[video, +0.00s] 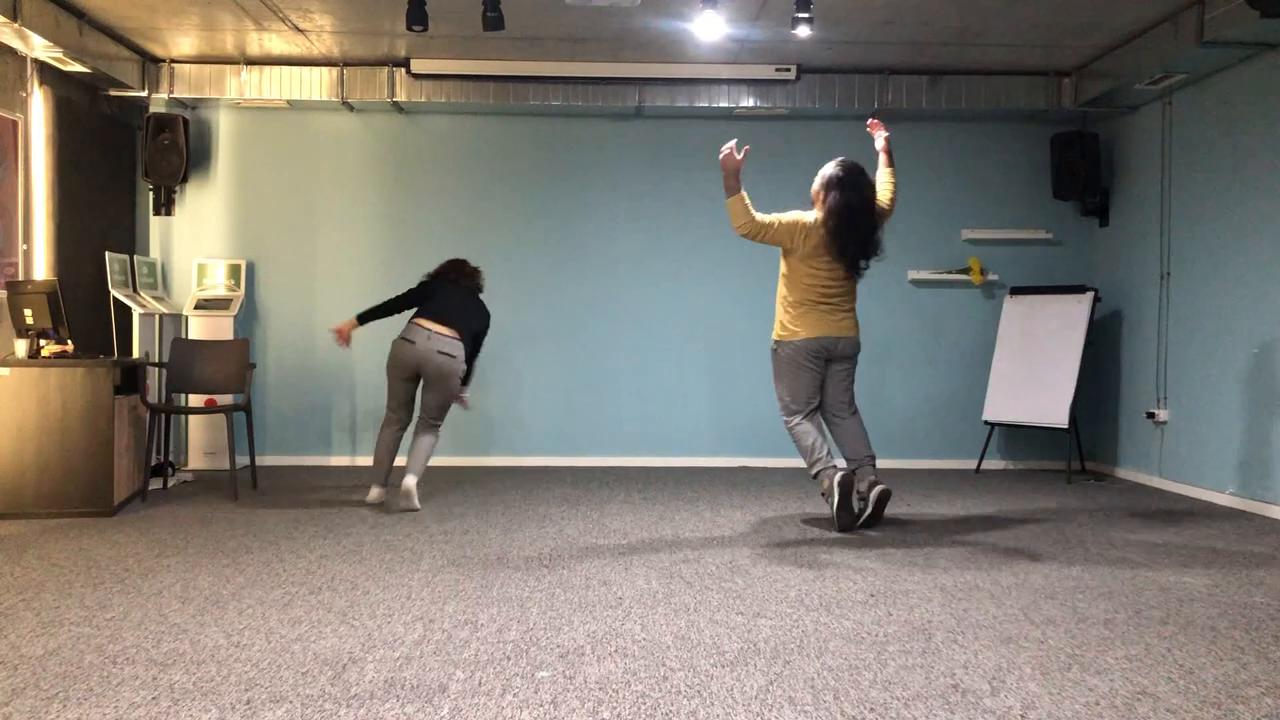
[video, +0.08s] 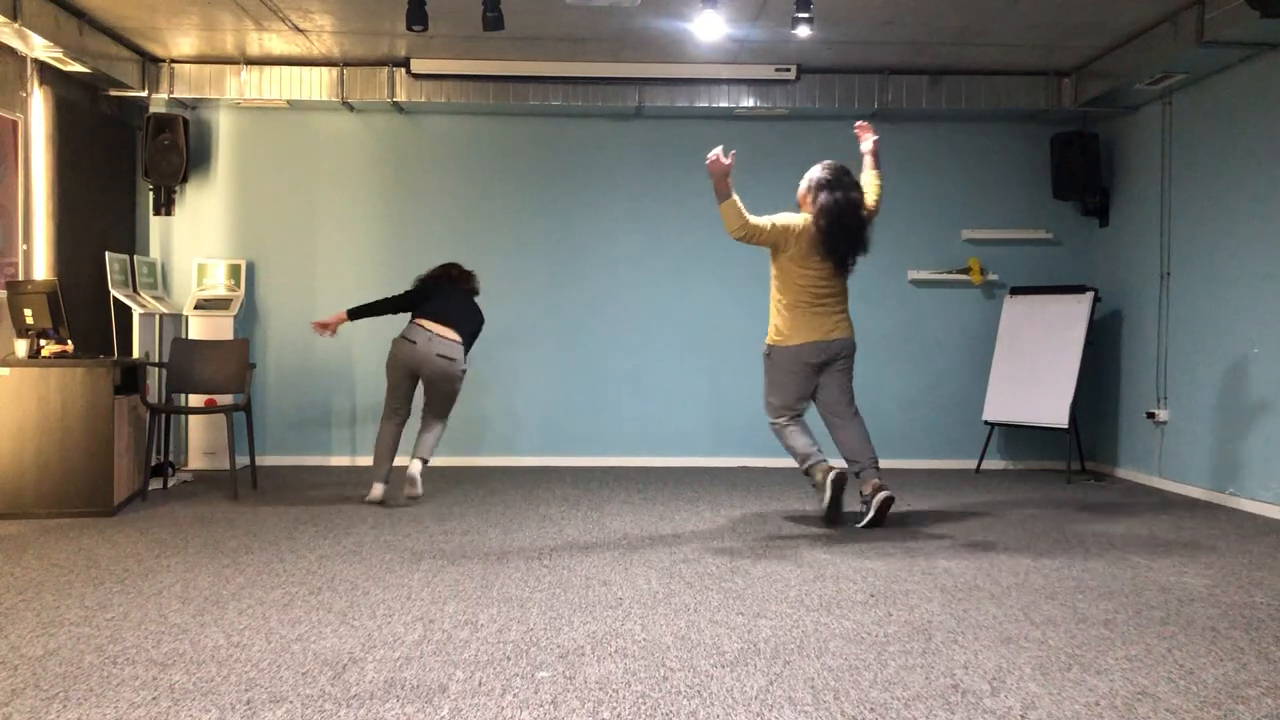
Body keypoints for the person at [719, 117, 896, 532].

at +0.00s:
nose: (812, 187)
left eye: (817, 183)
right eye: (817, 181)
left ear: (824, 194)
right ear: (856, 197)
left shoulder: (799, 226)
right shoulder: (860, 223)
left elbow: (747, 226)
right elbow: (885, 197)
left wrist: (731, 177)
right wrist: (884, 151)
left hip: (799, 337)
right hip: (845, 336)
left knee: (800, 415)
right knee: (842, 410)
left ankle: (832, 480)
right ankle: (869, 482)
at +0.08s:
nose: (799, 188)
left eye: (804, 184)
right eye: (803, 182)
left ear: (814, 196)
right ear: (839, 198)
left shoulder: (789, 227)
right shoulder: (847, 223)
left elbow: (741, 229)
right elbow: (870, 197)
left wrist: (720, 180)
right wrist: (869, 154)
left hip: (792, 343)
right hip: (839, 339)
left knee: (785, 417)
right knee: (843, 414)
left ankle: (823, 472)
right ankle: (874, 488)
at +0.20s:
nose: (762, 193)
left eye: (767, 189)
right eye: (766, 188)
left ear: (778, 203)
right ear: (797, 206)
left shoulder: (765, 232)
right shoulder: (809, 230)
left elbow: (731, 244)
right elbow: (816, 212)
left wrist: (699, 207)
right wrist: (811, 183)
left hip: (779, 346)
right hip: (823, 344)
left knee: (746, 403)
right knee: (826, 413)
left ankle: (771, 472)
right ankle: (865, 481)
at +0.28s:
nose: (737, 212)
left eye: (743, 206)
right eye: (740, 205)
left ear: (760, 212)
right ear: (776, 214)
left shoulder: (751, 238)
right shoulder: (792, 242)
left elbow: (725, 257)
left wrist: (684, 228)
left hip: (766, 355)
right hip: (810, 352)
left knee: (741, 415)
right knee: (810, 422)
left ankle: (733, 485)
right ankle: (854, 471)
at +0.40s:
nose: (708, 244)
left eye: (713, 236)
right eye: (709, 236)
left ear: (731, 236)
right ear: (742, 238)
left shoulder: (729, 260)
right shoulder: (765, 266)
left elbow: (712, 289)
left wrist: (661, 288)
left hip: (751, 365)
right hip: (791, 365)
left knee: (720, 421)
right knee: (766, 420)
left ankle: (730, 488)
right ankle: (807, 465)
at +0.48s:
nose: (699, 248)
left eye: (703, 240)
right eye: (700, 241)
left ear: (722, 236)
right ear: (735, 238)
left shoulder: (722, 256)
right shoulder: (759, 265)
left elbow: (718, 286)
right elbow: (763, 314)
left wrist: (672, 311)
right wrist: (724, 338)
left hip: (750, 361)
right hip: (789, 360)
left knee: (718, 416)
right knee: (754, 415)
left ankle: (728, 486)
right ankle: (793, 478)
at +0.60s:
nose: (681, 248)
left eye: (686, 240)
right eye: (681, 242)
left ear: (705, 236)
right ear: (713, 239)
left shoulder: (712, 254)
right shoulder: (733, 258)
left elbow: (736, 275)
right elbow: (733, 329)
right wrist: (704, 358)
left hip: (756, 354)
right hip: (780, 352)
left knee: (705, 410)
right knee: (756, 422)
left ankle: (717, 484)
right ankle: (799, 485)